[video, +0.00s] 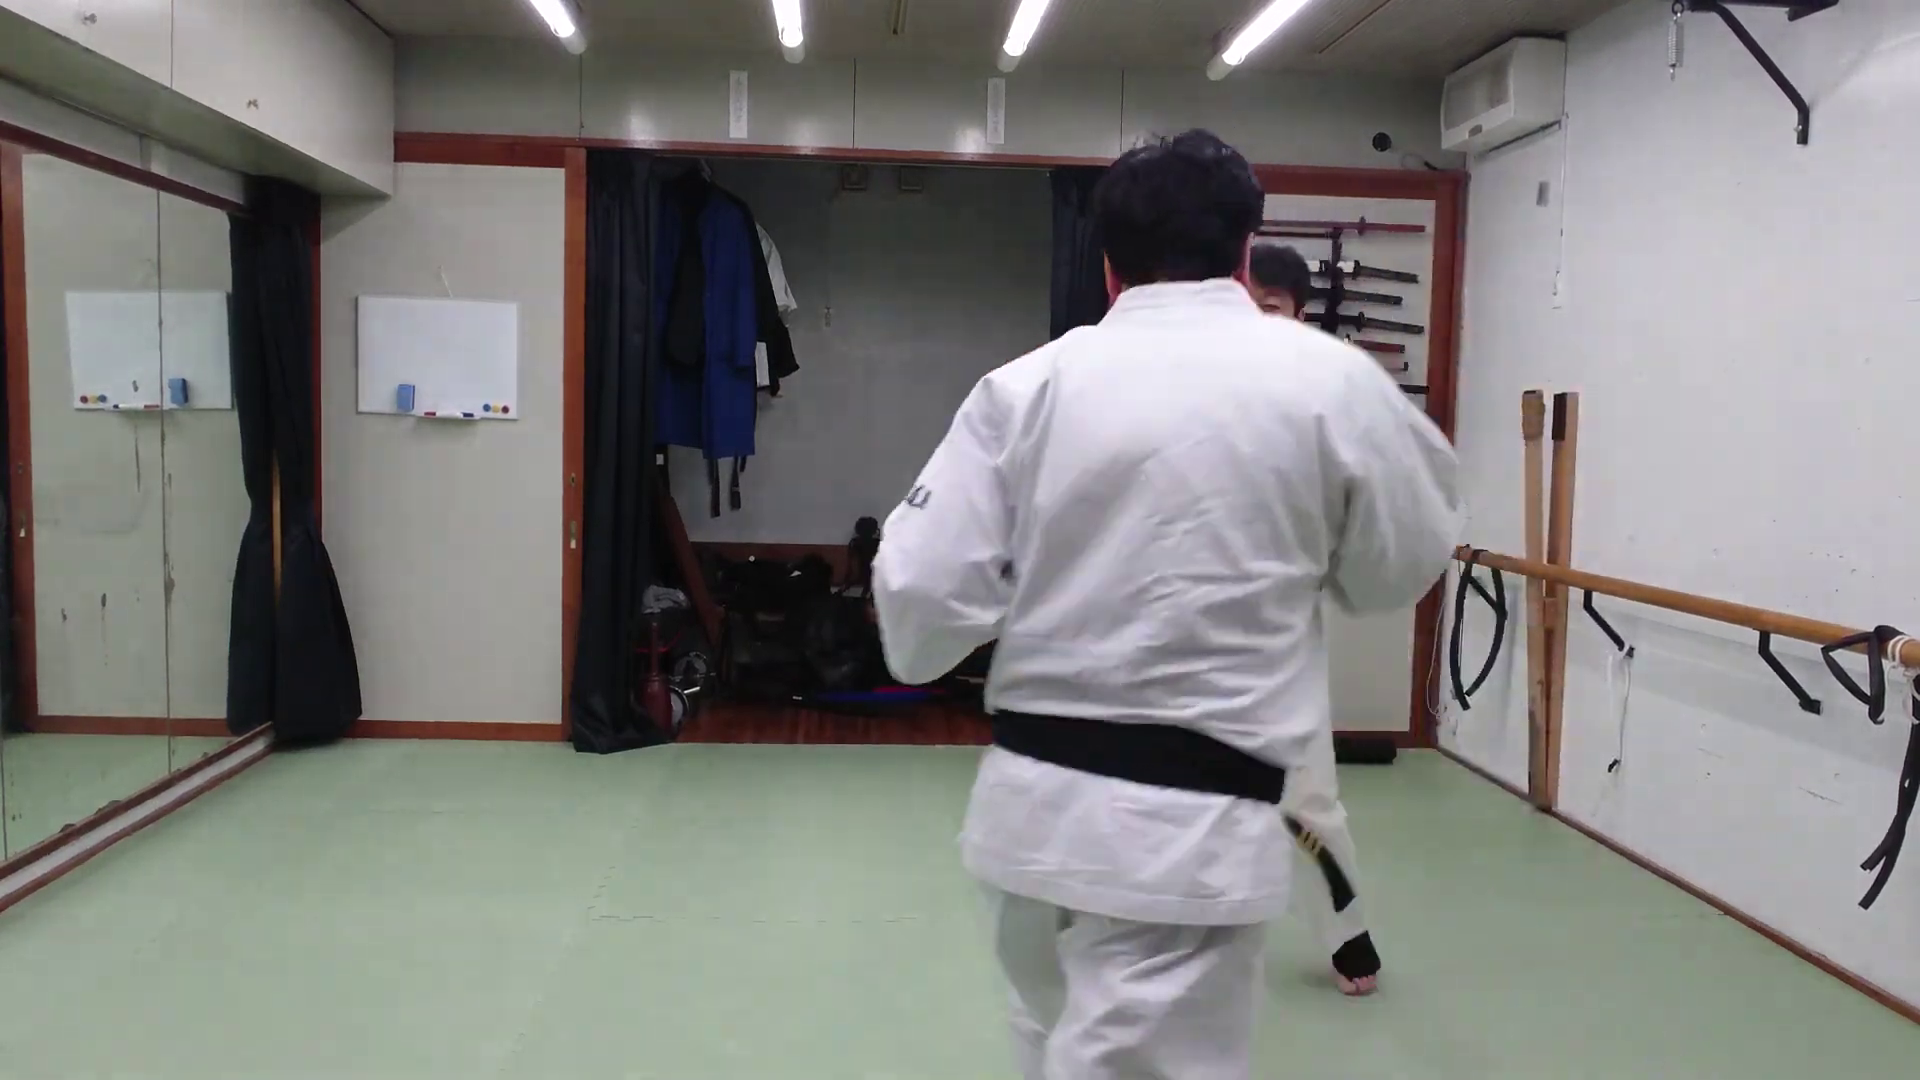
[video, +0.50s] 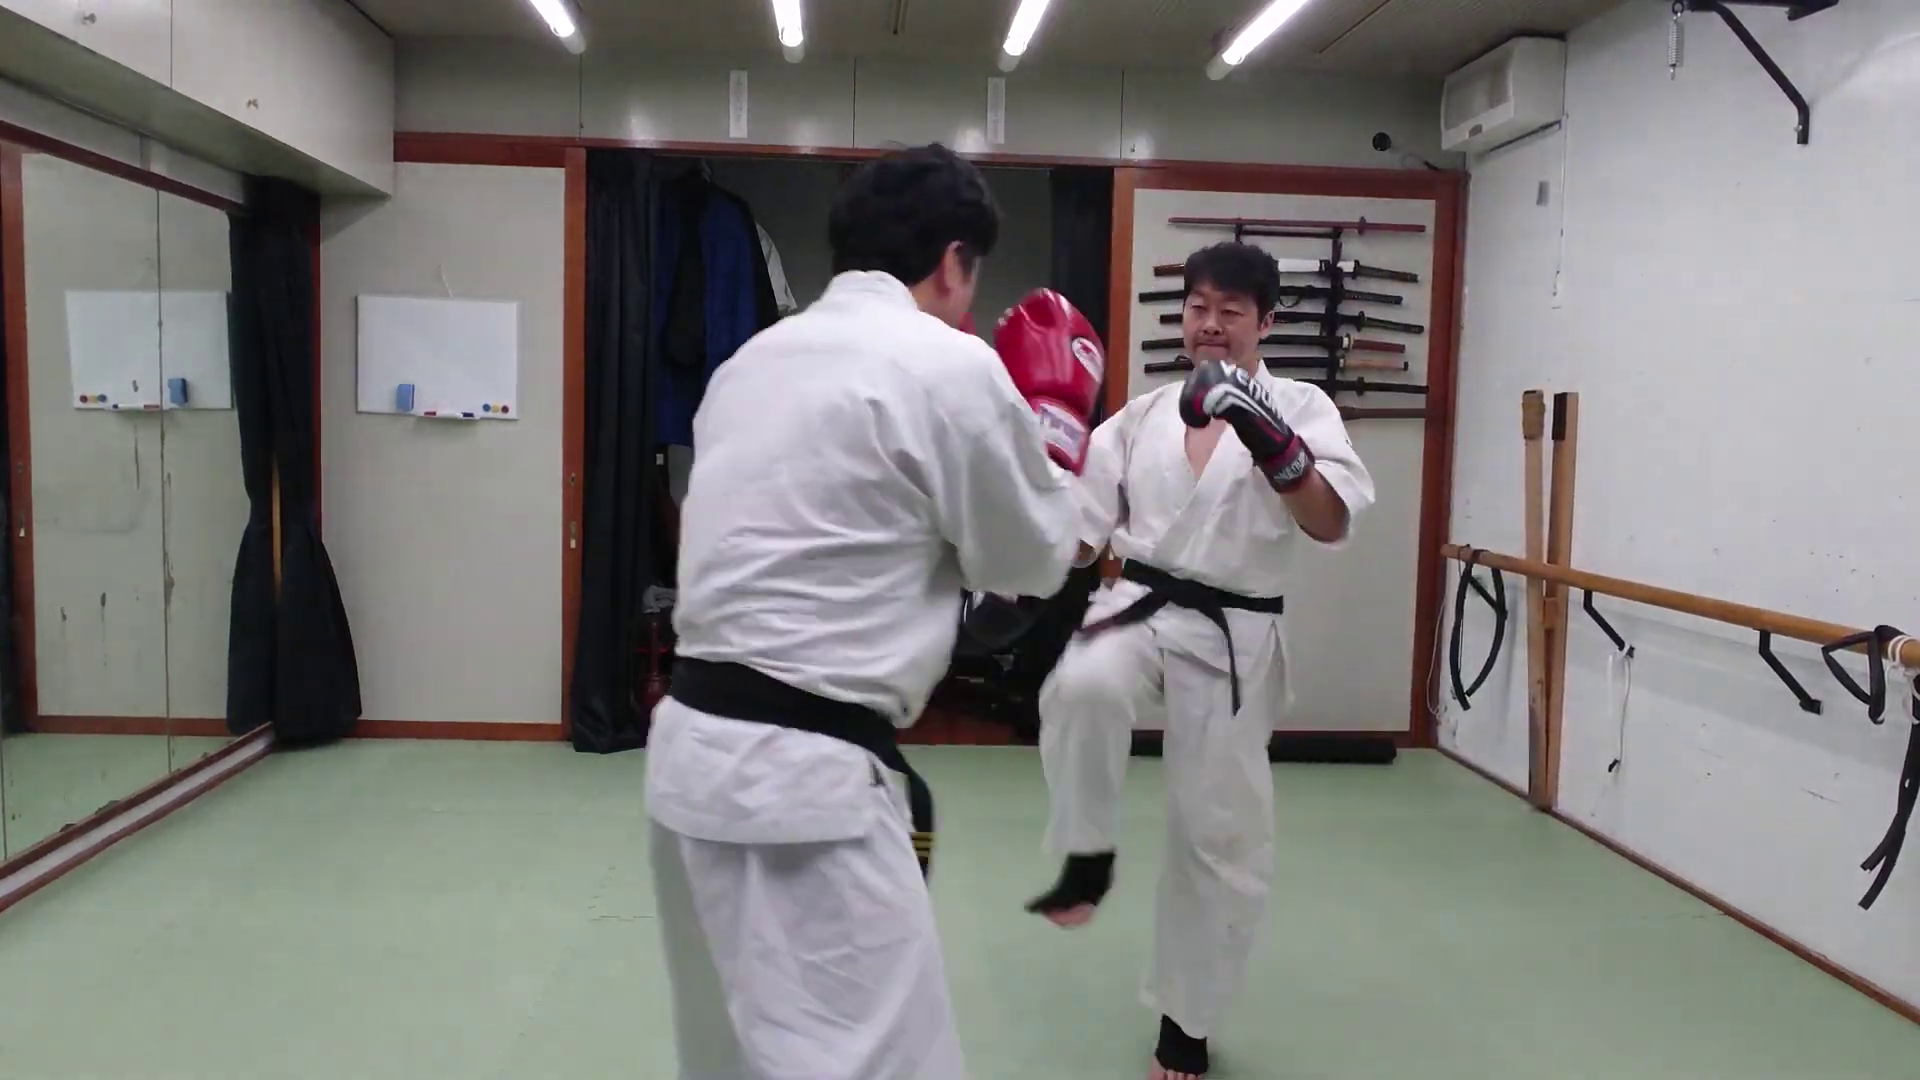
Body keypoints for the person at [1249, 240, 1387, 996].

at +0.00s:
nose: (1267, 320)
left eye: (1279, 306)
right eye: (1258, 302)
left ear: (1304, 311)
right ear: (1236, 296)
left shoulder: (1323, 387)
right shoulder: (1185, 386)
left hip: (1282, 637)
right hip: (1194, 643)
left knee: (1310, 798)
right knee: (1185, 794)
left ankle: (1349, 937)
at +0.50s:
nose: (1209, 325)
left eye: (1230, 312)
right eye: (1198, 310)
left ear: (1266, 321)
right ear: (1181, 317)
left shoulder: (1301, 409)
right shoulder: (1145, 413)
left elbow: (1331, 524)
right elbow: (1079, 510)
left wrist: (1272, 442)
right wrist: (1040, 440)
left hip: (1231, 627)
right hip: (1137, 604)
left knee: (1215, 833)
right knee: (1082, 684)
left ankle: (1187, 1026)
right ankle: (1085, 857)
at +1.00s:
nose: (1153, 319)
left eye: (1173, 304)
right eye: (1143, 303)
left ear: (1216, 312)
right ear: (1131, 311)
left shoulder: (1267, 415)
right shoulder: (1099, 415)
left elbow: (1322, 548)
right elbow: (1029, 521)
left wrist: (1279, 477)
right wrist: (984, 535)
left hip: (1197, 641)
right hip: (1080, 618)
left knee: (1197, 848)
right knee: (965, 762)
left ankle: (1164, 1029)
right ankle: (904, 937)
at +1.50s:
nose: (1059, 325)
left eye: (1071, 310)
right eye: (1049, 313)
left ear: (1109, 308)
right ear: (1040, 319)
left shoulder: (1170, 381)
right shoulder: (1045, 394)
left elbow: (1109, 361)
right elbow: (970, 433)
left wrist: (1105, 264)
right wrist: (917, 438)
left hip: (1139, 588)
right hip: (1058, 586)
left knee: (1017, 522)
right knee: (1056, 780)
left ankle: (1006, 728)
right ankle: (1067, 965)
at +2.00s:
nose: (1011, 308)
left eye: (1029, 293)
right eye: (1001, 293)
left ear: (1074, 298)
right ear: (992, 302)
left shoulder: (1125, 387)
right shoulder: (978, 410)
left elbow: (1201, 488)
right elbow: (978, 539)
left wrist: (1210, 579)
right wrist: (981, 624)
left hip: (1088, 599)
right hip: (1013, 608)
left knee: (1035, 724)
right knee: (1009, 773)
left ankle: (1082, 953)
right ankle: (1057, 960)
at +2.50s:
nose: (989, 360)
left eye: (1000, 343)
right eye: (983, 348)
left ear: (1049, 335)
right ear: (1052, 346)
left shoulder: (1036, 385)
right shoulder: (1075, 417)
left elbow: (986, 457)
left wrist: (941, 527)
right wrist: (884, 535)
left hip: (994, 551)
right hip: (1019, 602)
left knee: (862, 603)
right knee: (907, 787)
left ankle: (973, 783)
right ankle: (962, 987)